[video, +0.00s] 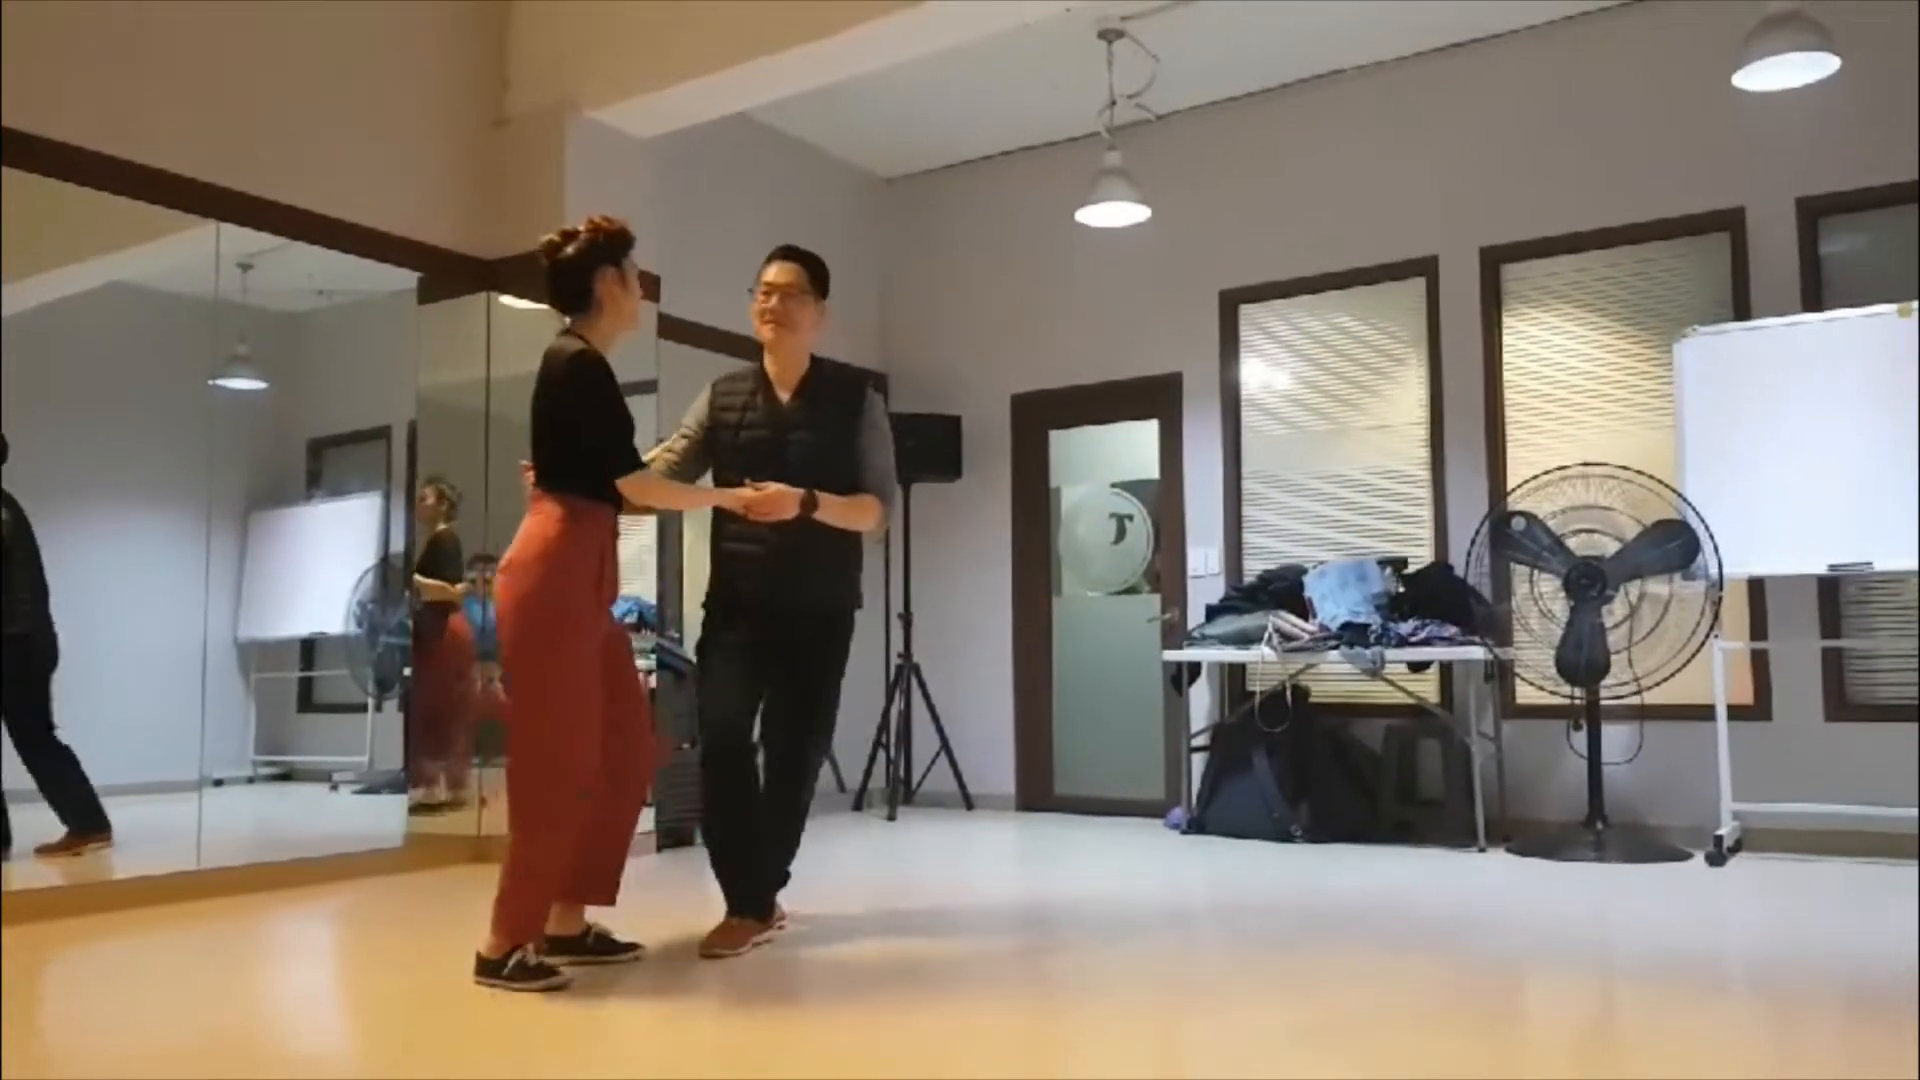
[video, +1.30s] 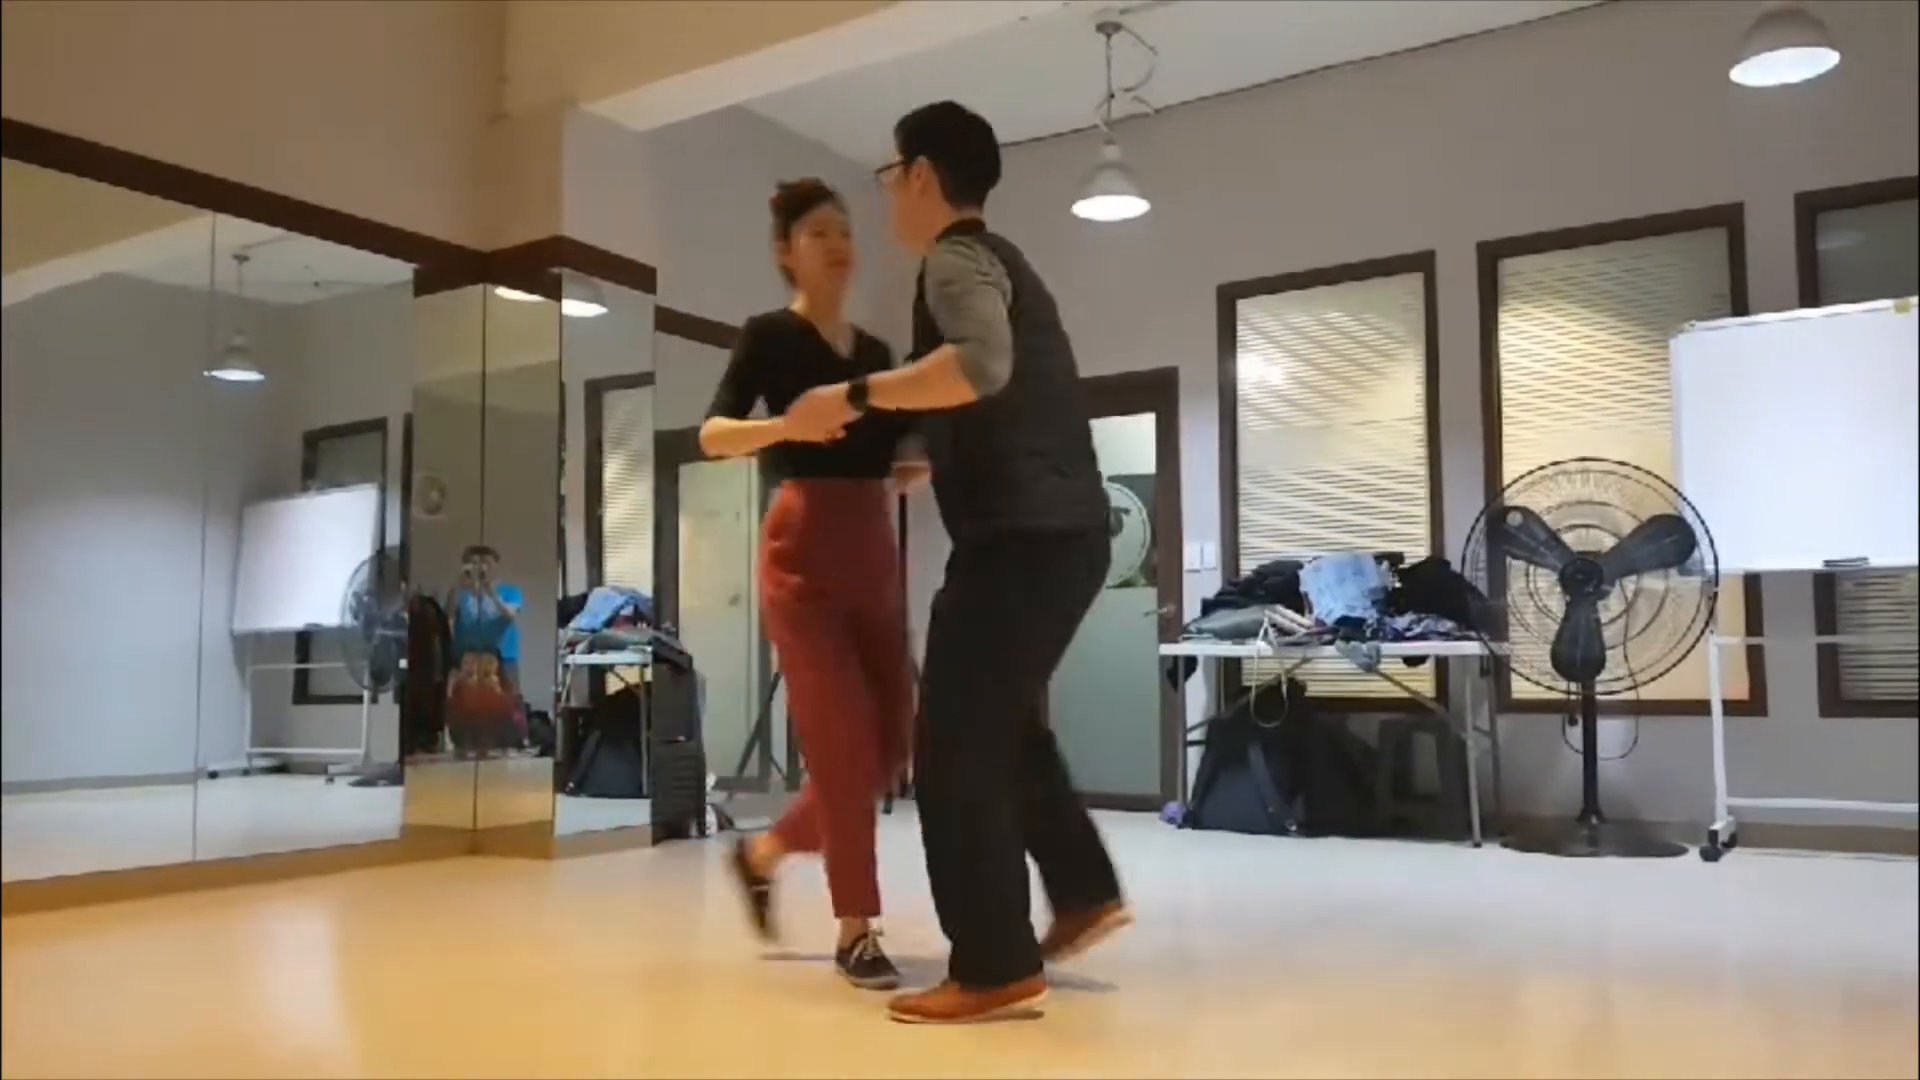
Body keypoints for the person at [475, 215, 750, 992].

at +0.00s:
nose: (644, 294)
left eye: (638, 280)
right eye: (634, 280)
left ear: (592, 289)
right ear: (606, 286)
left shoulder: (581, 367)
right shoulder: (577, 369)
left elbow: (612, 480)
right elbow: (629, 483)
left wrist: (691, 493)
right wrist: (721, 496)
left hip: (575, 581)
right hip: (549, 582)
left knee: (628, 746)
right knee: (559, 756)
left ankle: (565, 921)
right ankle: (505, 945)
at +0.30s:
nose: (688, 283)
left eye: (683, 269)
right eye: (681, 269)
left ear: (633, 280)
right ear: (656, 277)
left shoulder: (615, 357)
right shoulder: (627, 364)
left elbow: (615, 472)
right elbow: (642, 480)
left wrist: (696, 464)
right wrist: (748, 482)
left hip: (590, 566)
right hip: (605, 572)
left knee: (608, 742)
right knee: (666, 736)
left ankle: (564, 922)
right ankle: (613, 921)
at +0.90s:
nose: (731, 279)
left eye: (728, 264)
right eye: (723, 264)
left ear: (689, 268)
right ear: (691, 267)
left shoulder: (684, 353)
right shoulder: (652, 348)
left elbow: (706, 462)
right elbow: (710, 449)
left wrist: (760, 457)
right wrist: (814, 454)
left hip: (670, 559)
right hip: (641, 560)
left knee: (669, 727)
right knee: (716, 727)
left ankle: (593, 912)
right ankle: (697, 923)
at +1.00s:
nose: (745, 282)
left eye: (741, 267)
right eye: (735, 267)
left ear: (702, 276)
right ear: (698, 275)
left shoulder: (709, 368)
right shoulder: (662, 360)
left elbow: (737, 472)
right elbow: (728, 455)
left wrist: (767, 472)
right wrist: (849, 468)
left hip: (697, 565)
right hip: (655, 567)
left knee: (674, 746)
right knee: (739, 727)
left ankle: (592, 916)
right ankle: (757, 923)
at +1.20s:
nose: (796, 268)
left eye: (794, 254)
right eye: (779, 255)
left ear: (786, 270)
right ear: (734, 270)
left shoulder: (795, 368)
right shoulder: (720, 353)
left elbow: (803, 479)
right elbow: (721, 452)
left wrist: (856, 468)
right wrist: (816, 465)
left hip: (794, 561)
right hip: (742, 561)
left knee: (761, 737)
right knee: (807, 733)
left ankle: (631, 885)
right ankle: (853, 925)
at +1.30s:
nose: (838, 243)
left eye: (844, 232)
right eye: (820, 234)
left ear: (856, 249)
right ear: (786, 252)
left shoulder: (876, 355)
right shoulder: (767, 338)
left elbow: (886, 462)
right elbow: (711, 437)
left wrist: (921, 461)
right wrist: (787, 427)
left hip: (875, 550)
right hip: (803, 550)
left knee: (889, 742)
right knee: (843, 740)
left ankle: (763, 852)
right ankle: (856, 928)